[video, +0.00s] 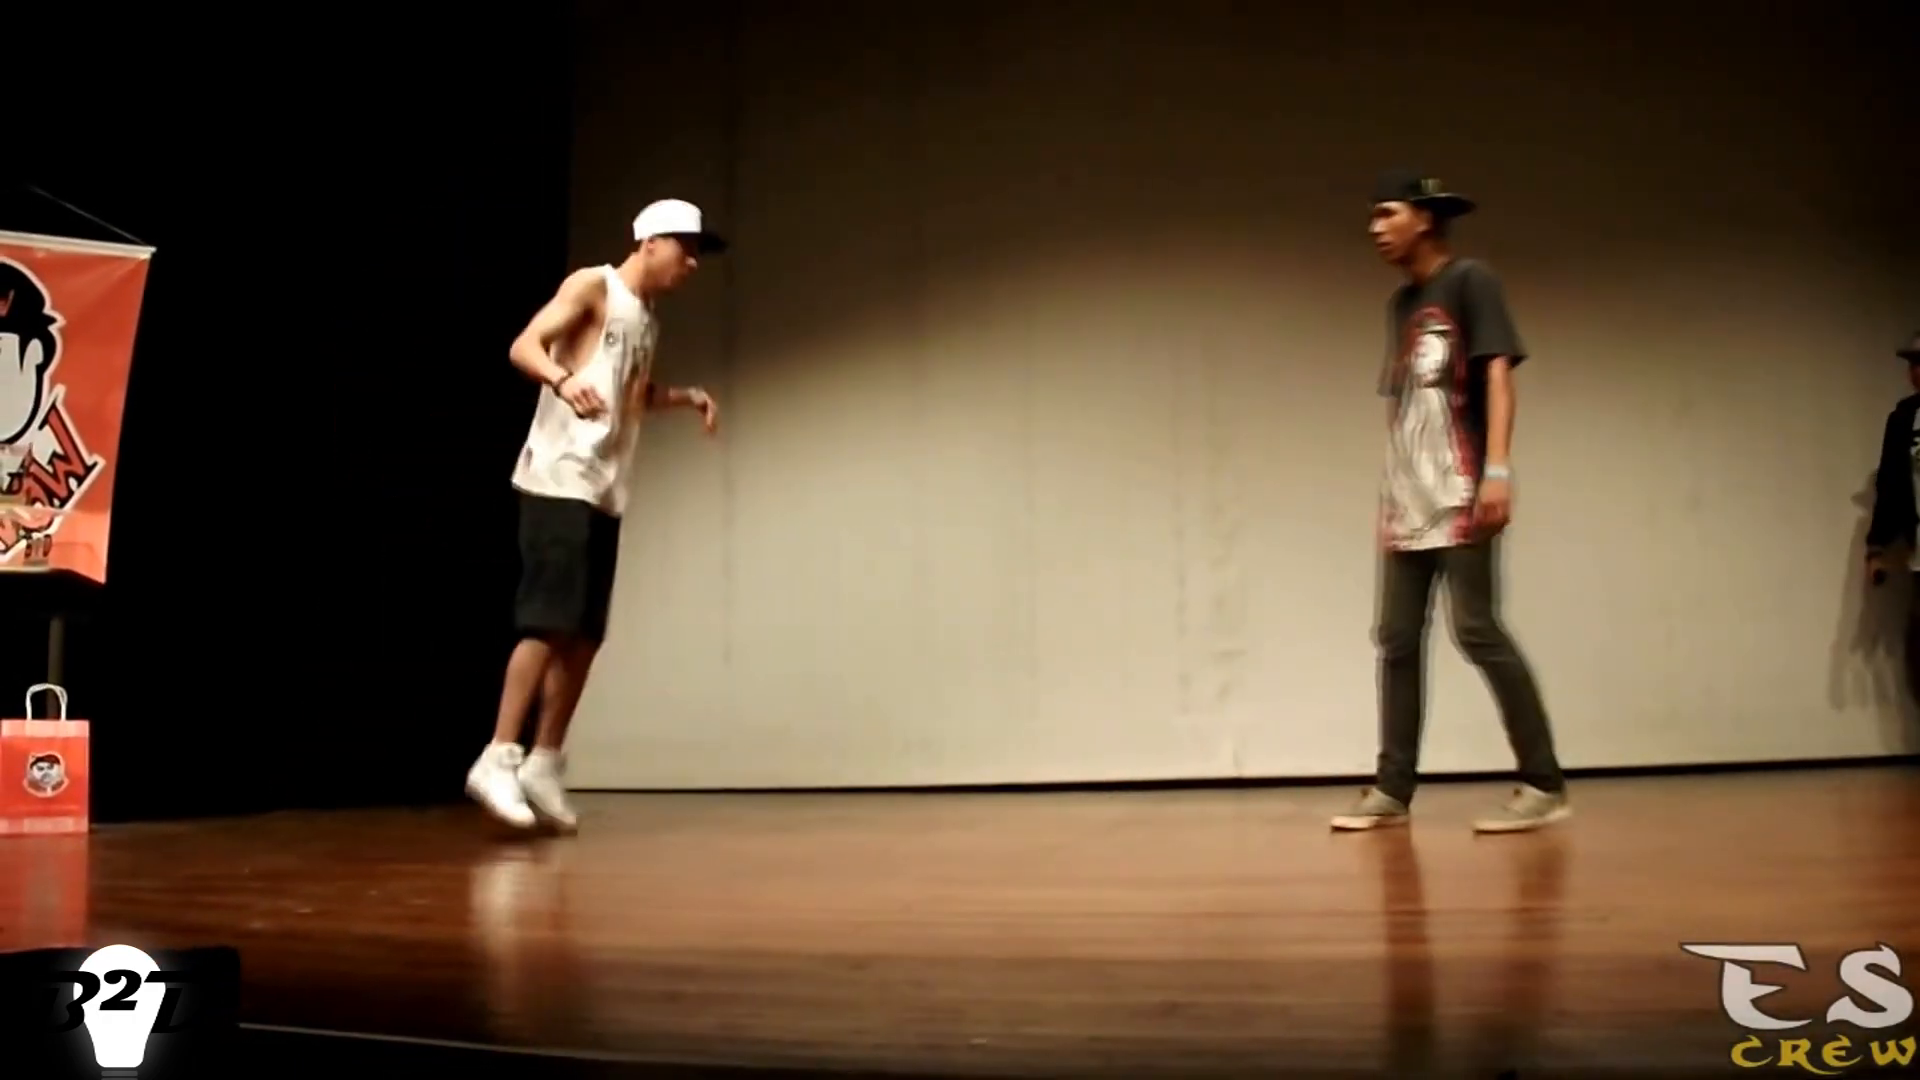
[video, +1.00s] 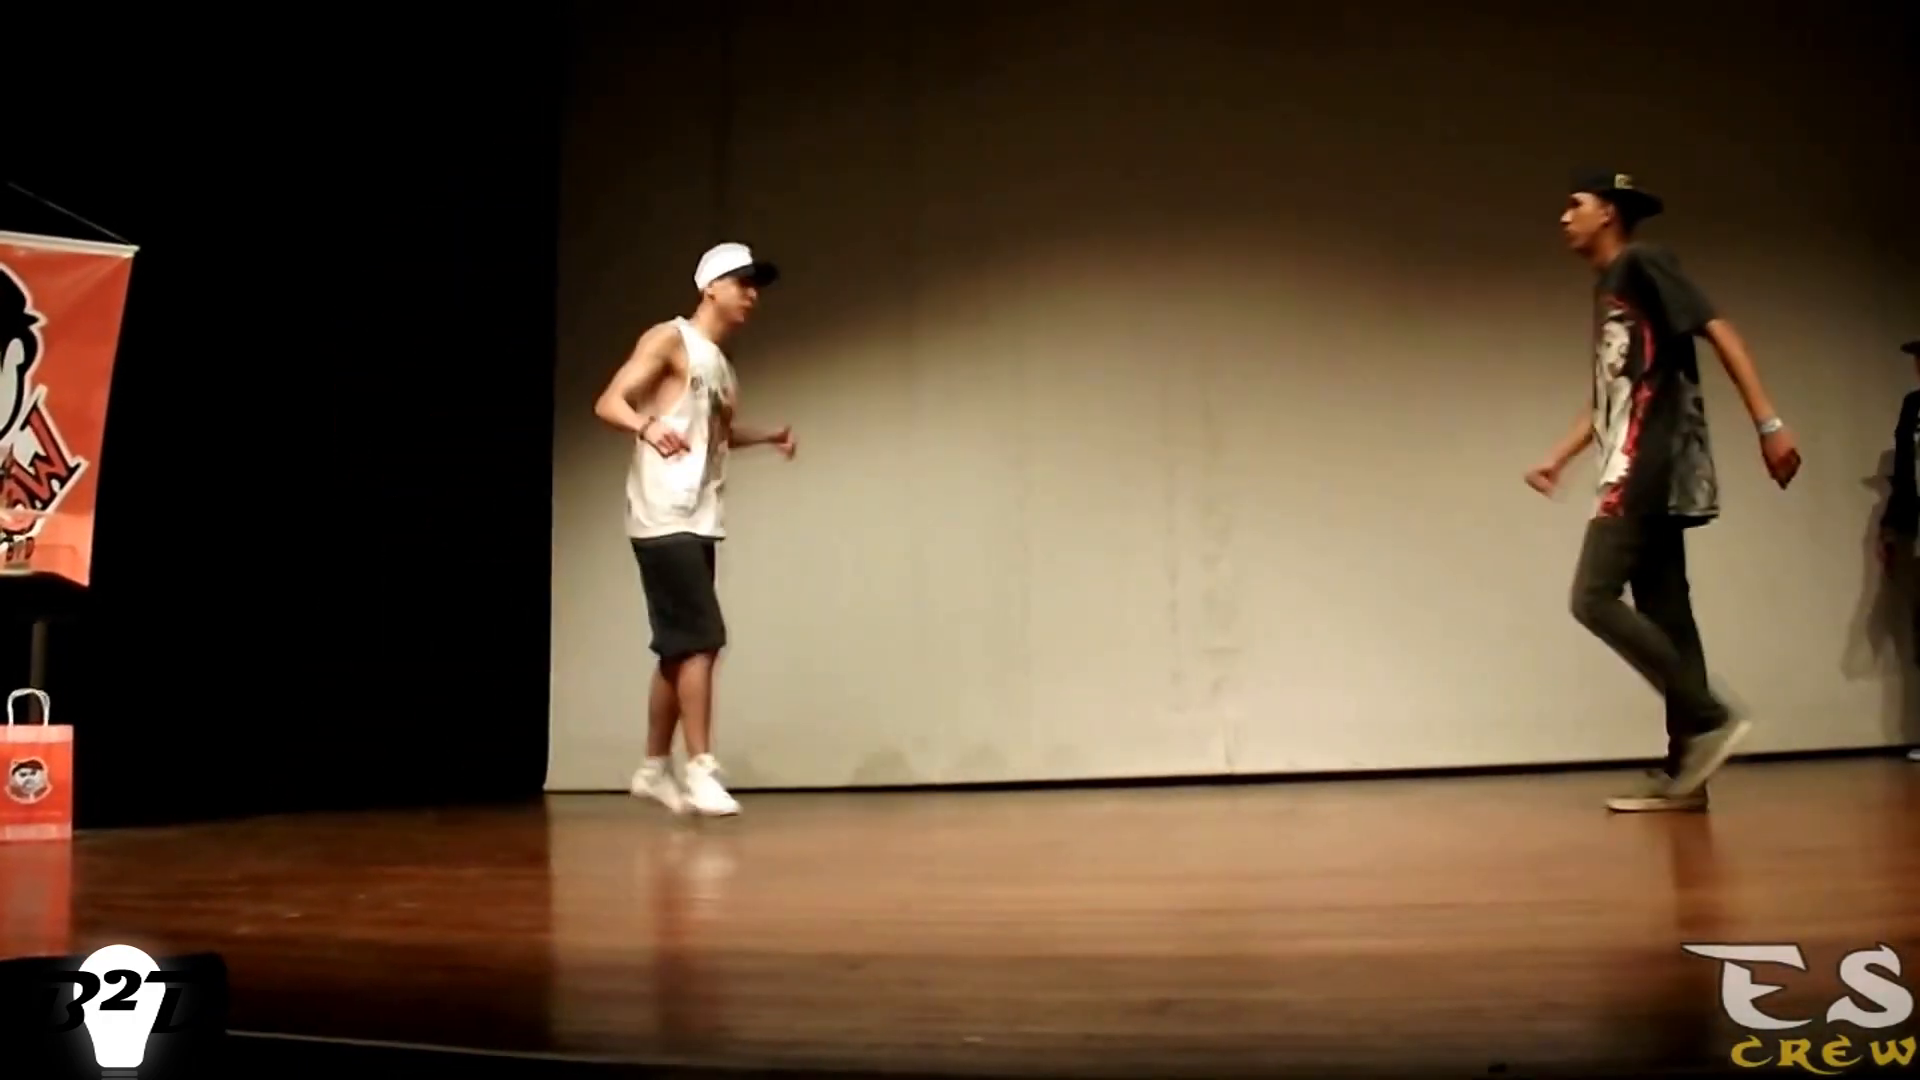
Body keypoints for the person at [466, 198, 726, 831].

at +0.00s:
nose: (689, 267)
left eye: (693, 257)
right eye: (683, 251)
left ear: (675, 258)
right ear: (647, 242)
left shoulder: (646, 319)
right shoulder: (590, 286)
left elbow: (633, 397)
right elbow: (525, 346)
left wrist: (682, 398)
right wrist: (563, 380)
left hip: (604, 490)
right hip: (556, 482)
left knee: (583, 635)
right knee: (545, 626)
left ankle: (544, 766)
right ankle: (497, 760)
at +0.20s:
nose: (672, 306)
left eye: (674, 295)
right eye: (662, 293)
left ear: (656, 301)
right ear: (628, 295)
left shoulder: (644, 374)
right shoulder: (585, 348)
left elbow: (636, 457)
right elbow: (523, 409)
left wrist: (689, 457)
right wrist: (549, 435)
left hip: (603, 546)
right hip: (552, 541)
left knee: (602, 672)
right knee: (544, 667)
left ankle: (567, 786)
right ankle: (495, 785)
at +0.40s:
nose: (689, 272)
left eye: (691, 263)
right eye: (679, 261)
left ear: (677, 274)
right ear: (648, 267)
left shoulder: (659, 346)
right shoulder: (605, 320)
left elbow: (648, 412)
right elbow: (548, 387)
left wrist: (693, 416)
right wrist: (570, 425)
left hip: (634, 512)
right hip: (591, 510)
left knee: (623, 642)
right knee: (581, 639)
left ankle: (587, 760)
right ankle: (538, 759)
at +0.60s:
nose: (707, 312)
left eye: (708, 300)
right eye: (699, 300)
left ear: (691, 300)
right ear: (669, 298)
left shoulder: (674, 366)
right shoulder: (625, 347)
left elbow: (681, 444)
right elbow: (577, 415)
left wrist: (733, 449)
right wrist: (602, 451)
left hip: (658, 535)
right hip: (625, 535)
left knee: (655, 662)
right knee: (637, 661)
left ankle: (635, 778)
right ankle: (611, 782)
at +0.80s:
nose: (729, 307)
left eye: (731, 298)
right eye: (720, 296)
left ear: (722, 302)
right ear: (691, 296)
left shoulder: (705, 370)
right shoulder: (651, 350)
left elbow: (699, 447)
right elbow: (597, 416)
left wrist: (746, 447)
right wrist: (630, 447)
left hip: (683, 529)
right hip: (647, 525)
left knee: (664, 650)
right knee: (687, 641)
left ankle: (641, 763)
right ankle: (638, 760)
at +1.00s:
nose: (752, 294)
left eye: (754, 285)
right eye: (741, 283)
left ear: (743, 294)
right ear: (709, 287)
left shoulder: (719, 366)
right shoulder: (667, 340)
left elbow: (717, 436)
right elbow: (609, 402)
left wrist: (769, 436)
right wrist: (646, 427)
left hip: (698, 522)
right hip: (663, 521)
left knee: (680, 649)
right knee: (702, 638)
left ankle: (653, 768)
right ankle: (698, 767)